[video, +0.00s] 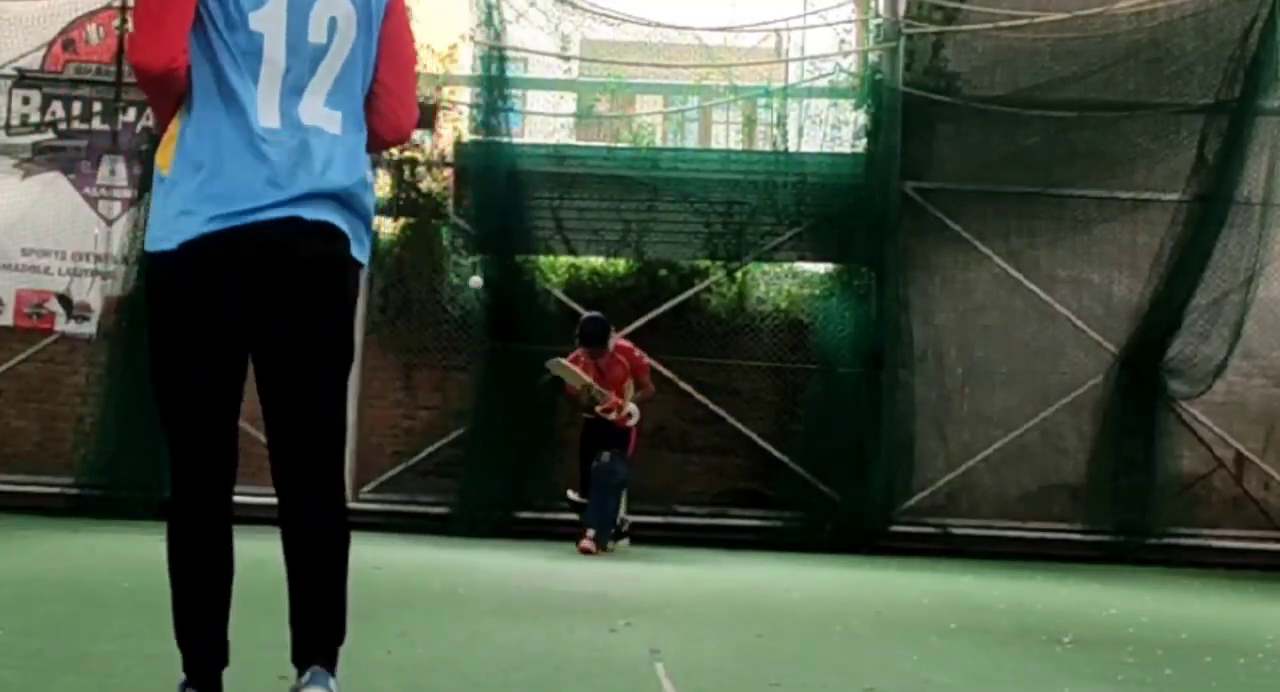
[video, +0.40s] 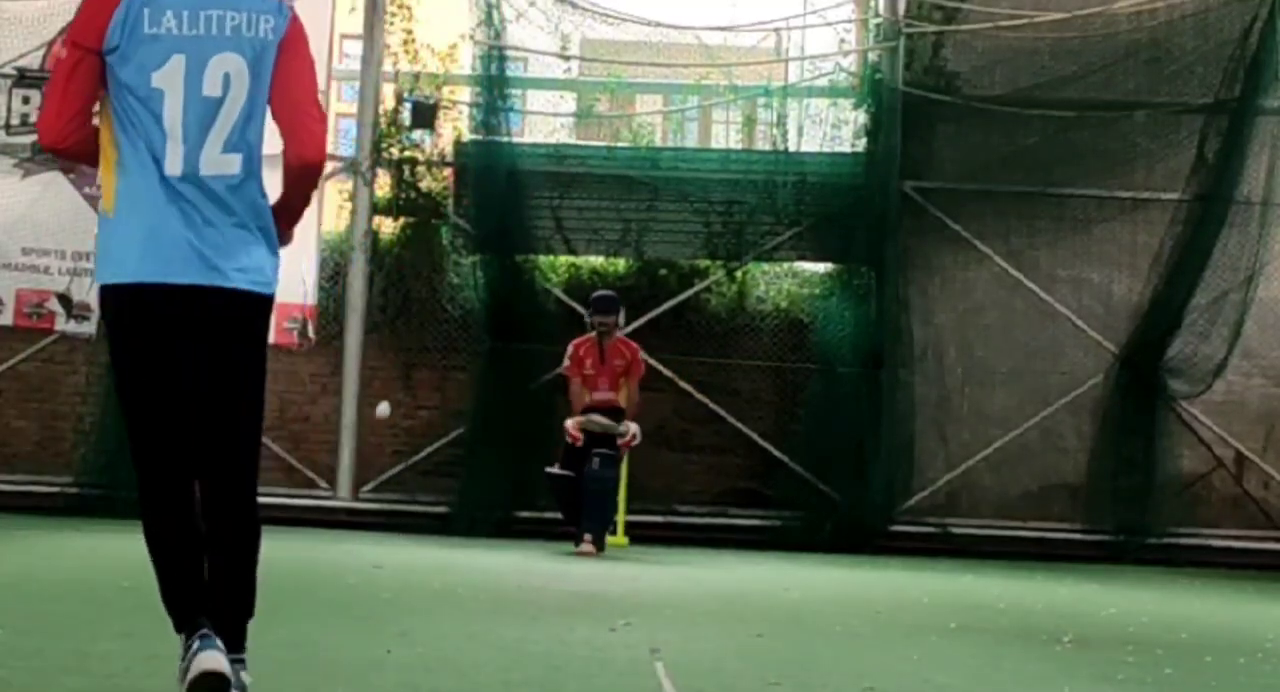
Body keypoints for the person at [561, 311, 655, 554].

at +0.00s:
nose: (595, 357)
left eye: (600, 351)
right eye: (590, 352)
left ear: (610, 340)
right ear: (582, 345)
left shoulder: (629, 354)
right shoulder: (577, 361)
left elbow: (648, 388)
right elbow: (576, 398)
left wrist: (628, 402)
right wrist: (584, 395)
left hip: (621, 421)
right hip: (592, 419)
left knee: (610, 474)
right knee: (589, 476)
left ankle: (595, 533)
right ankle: (601, 529)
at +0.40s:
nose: (603, 321)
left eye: (609, 315)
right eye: (598, 315)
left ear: (618, 318)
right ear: (590, 318)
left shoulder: (631, 351)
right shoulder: (578, 348)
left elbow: (633, 389)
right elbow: (575, 385)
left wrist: (629, 420)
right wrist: (576, 416)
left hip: (616, 409)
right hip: (587, 408)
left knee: (605, 472)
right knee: (577, 469)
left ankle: (594, 534)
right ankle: (583, 531)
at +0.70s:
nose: (604, 296)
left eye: (611, 291)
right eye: (600, 290)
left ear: (622, 296)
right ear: (594, 294)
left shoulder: (633, 335)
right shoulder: (580, 327)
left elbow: (638, 380)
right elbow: (560, 363)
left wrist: (639, 421)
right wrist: (542, 397)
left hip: (615, 402)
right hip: (584, 401)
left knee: (603, 464)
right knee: (568, 462)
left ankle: (594, 535)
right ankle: (582, 529)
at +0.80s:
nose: (607, 294)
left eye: (613, 289)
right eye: (603, 288)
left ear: (623, 295)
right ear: (595, 292)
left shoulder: (633, 335)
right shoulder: (579, 326)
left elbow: (639, 379)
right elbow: (557, 358)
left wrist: (641, 416)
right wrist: (547, 391)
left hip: (615, 400)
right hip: (585, 398)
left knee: (603, 462)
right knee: (575, 461)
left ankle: (593, 534)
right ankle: (584, 529)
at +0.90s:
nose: (608, 294)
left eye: (615, 290)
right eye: (605, 288)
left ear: (625, 297)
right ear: (597, 292)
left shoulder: (633, 333)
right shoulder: (580, 325)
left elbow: (640, 375)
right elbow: (556, 360)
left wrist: (643, 407)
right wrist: (560, 384)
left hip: (618, 397)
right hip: (587, 396)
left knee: (608, 462)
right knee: (582, 460)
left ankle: (593, 531)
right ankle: (587, 528)